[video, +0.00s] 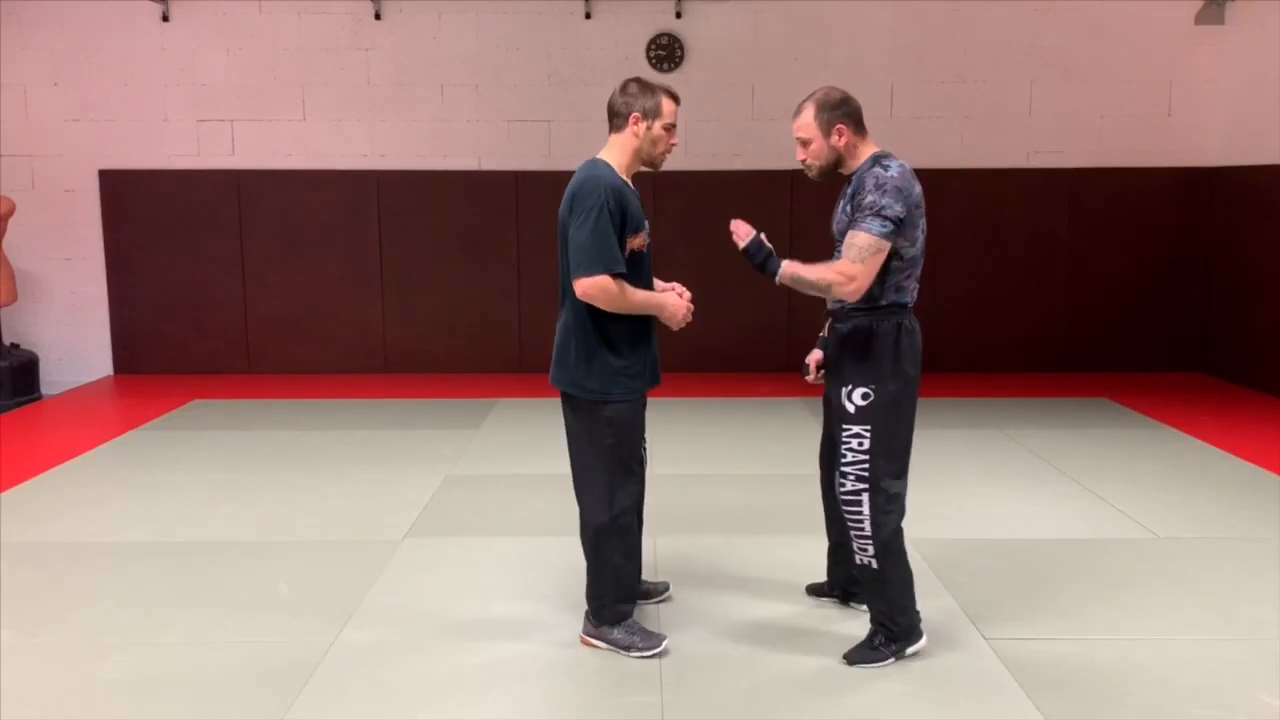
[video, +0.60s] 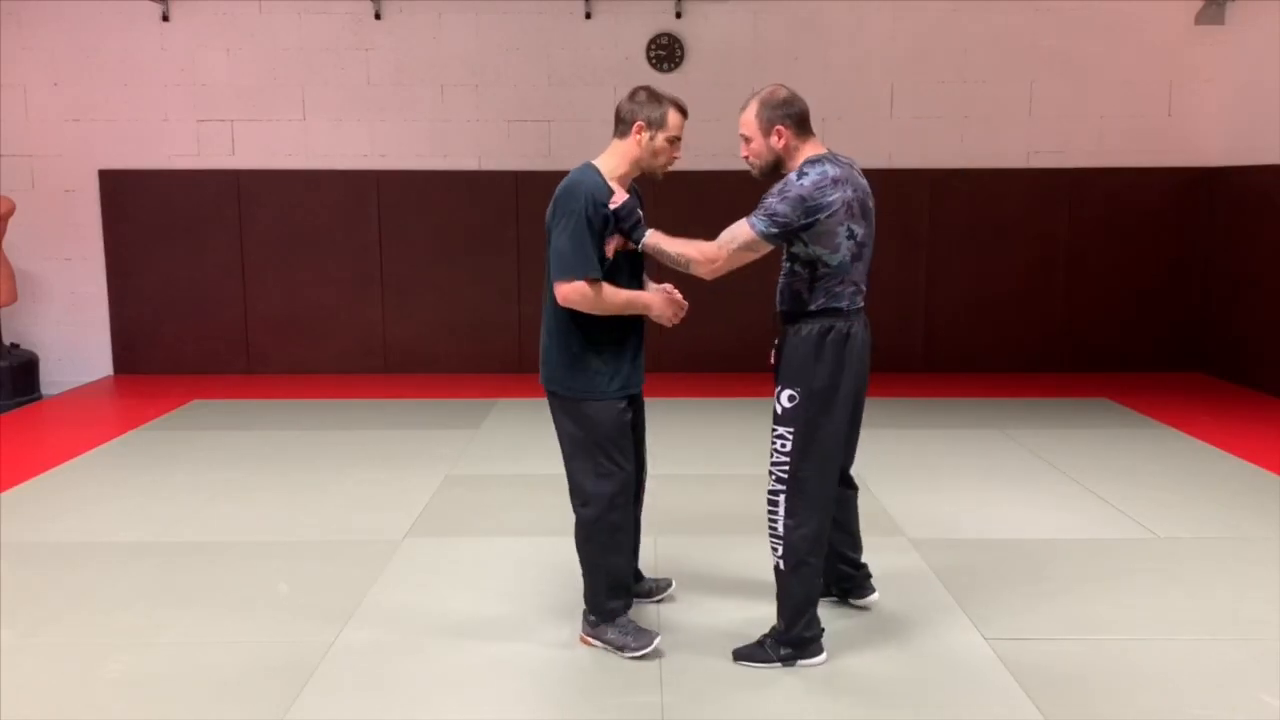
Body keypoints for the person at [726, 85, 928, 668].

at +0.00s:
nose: (798, 153)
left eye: (805, 141)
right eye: (797, 142)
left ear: (841, 135)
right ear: (840, 136)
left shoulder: (886, 183)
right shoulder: (859, 185)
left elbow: (852, 280)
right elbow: (852, 278)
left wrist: (773, 264)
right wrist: (828, 343)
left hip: (880, 346)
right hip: (854, 344)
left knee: (865, 486)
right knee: (840, 470)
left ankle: (898, 624)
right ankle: (849, 577)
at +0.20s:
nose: (777, 156)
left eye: (784, 144)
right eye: (775, 145)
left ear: (819, 137)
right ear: (819, 138)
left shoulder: (855, 185)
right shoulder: (851, 178)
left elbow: (803, 272)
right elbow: (842, 277)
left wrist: (742, 233)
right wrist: (810, 336)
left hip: (854, 341)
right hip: (853, 338)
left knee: (812, 473)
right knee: (844, 471)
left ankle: (847, 620)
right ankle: (854, 590)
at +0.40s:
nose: (753, 157)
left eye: (758, 145)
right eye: (752, 146)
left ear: (794, 140)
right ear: (800, 140)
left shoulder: (818, 190)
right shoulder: (849, 177)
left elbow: (733, 265)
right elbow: (837, 272)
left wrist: (657, 242)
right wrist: (802, 329)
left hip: (832, 343)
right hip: (856, 337)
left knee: (808, 483)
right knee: (847, 470)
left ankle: (793, 633)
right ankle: (851, 578)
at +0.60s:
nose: (744, 151)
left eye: (748, 139)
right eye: (742, 140)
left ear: (781, 134)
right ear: (794, 133)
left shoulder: (806, 189)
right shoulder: (844, 175)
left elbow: (713, 261)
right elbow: (733, 248)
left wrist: (639, 238)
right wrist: (650, 243)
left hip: (816, 343)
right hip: (845, 339)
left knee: (794, 486)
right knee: (829, 471)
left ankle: (796, 633)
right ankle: (846, 574)